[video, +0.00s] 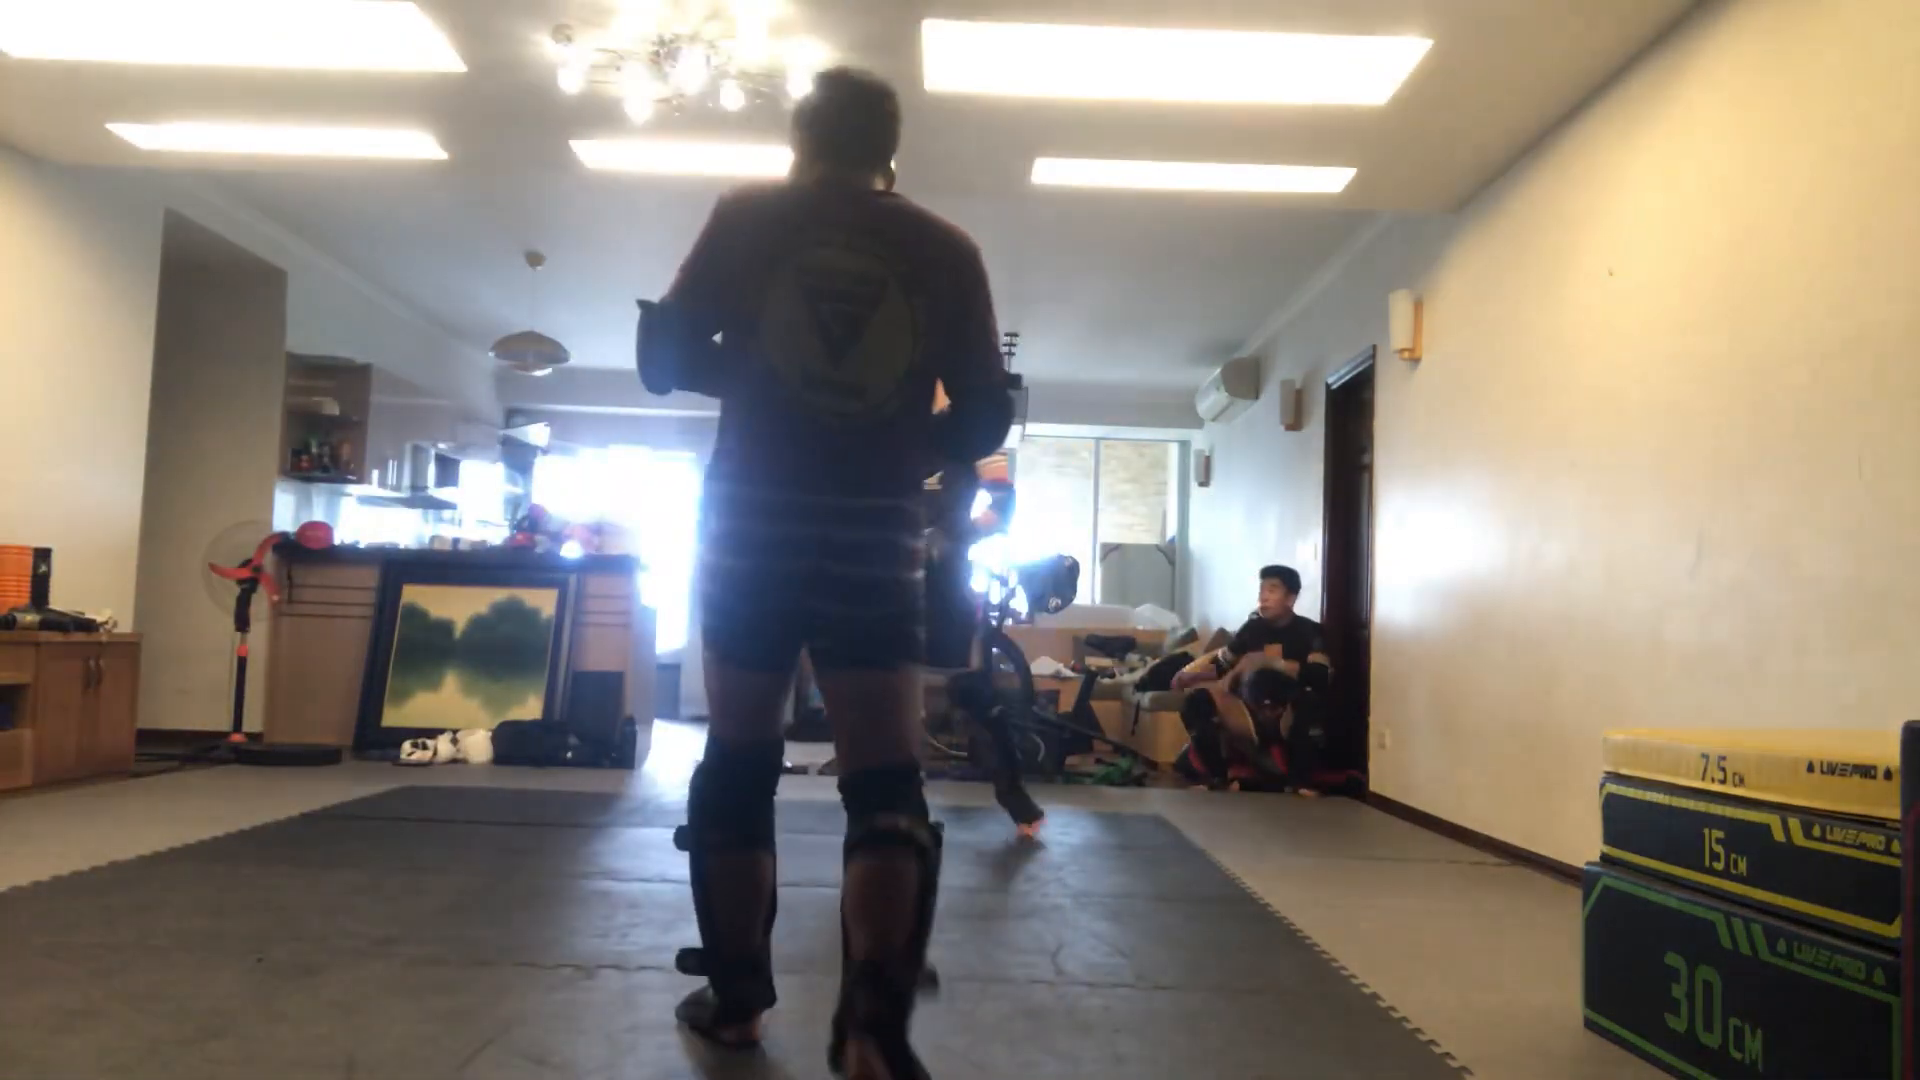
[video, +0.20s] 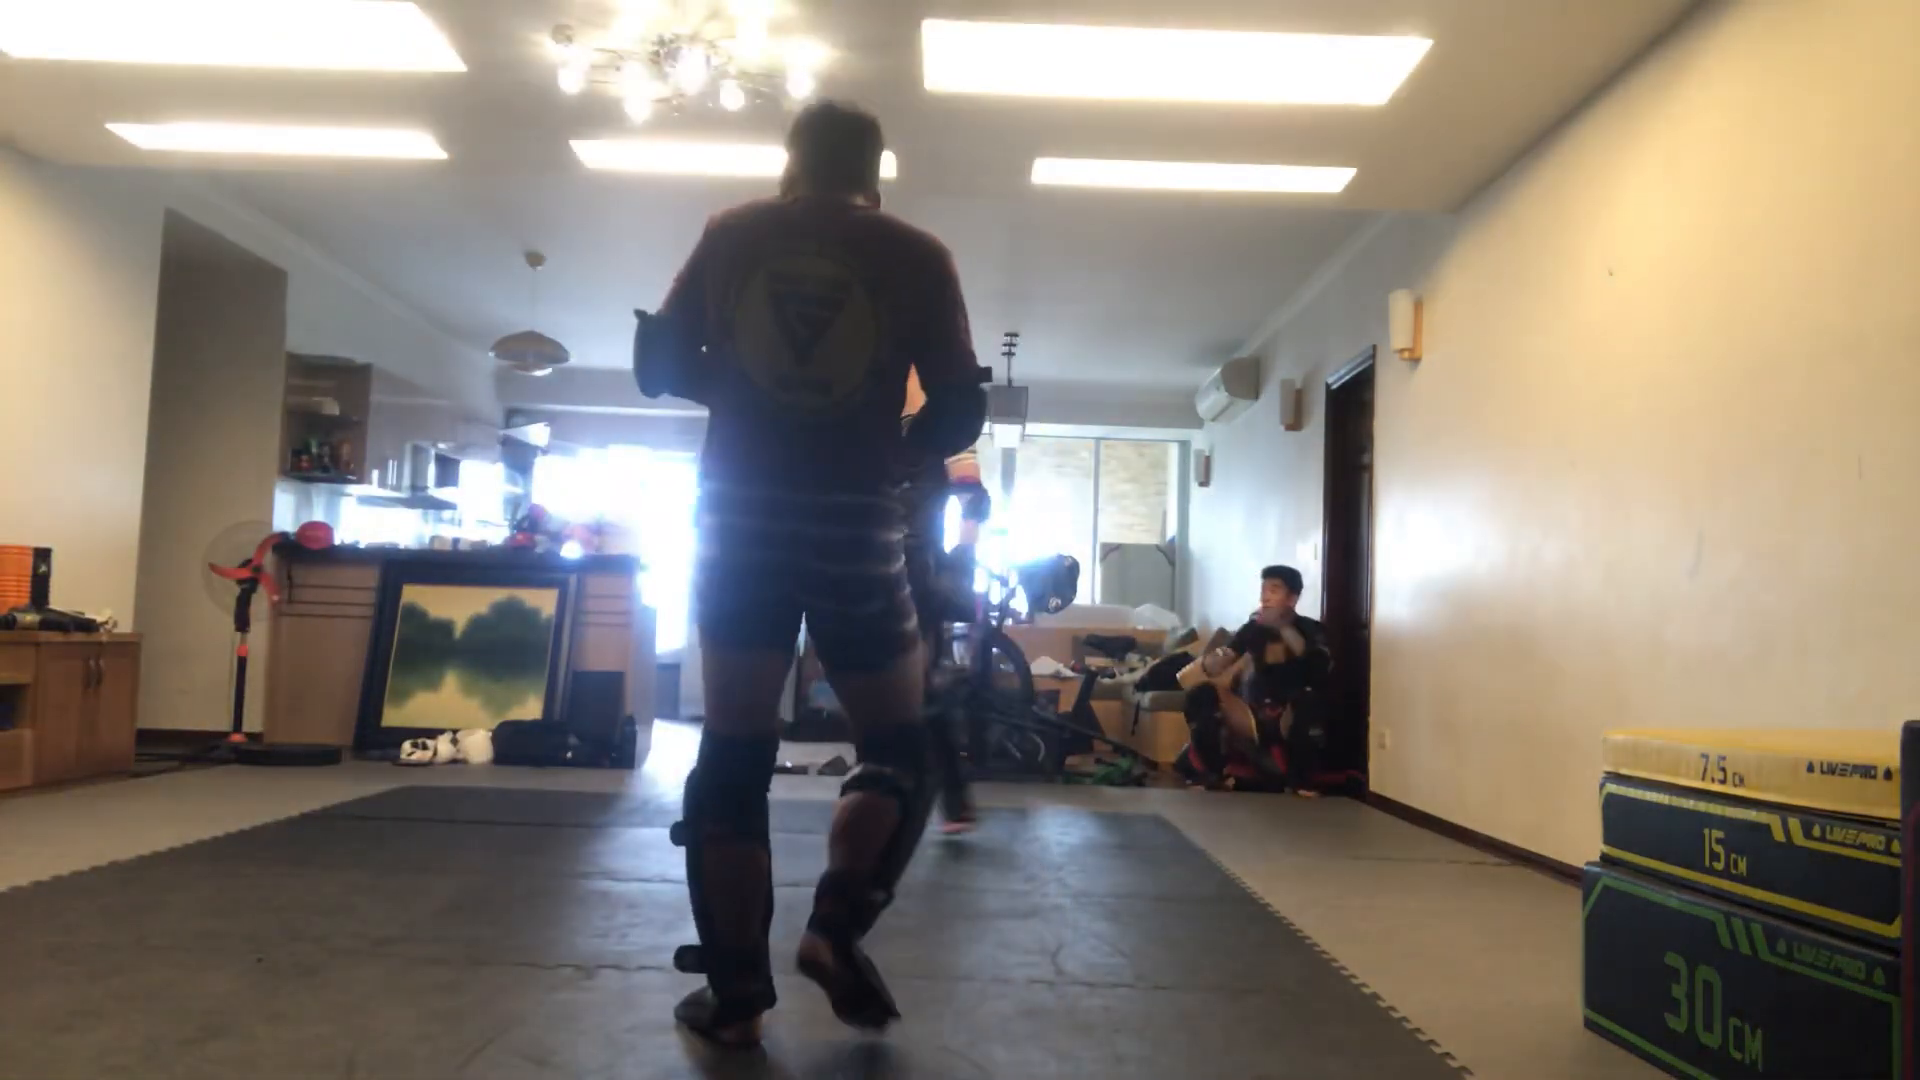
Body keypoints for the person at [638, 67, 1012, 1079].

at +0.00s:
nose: (803, 158)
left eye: (799, 139)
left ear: (799, 141)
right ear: (890, 151)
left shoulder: (745, 217)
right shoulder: (944, 248)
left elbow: (664, 356)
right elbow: (986, 412)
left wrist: (763, 377)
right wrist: (908, 450)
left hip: (750, 536)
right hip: (874, 546)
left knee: (738, 759)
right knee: (885, 774)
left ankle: (739, 997)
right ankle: (873, 1036)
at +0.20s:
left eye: (794, 163)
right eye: (859, 169)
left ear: (790, 165)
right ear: (873, 176)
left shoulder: (732, 232)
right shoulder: (917, 255)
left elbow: (660, 364)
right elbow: (962, 404)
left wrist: (748, 389)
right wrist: (895, 453)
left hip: (740, 528)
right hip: (856, 533)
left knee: (733, 755)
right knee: (895, 746)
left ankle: (736, 998)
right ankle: (836, 925)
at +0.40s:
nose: (840, 230)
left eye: (815, 211)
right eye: (867, 218)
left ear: (807, 204)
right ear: (885, 218)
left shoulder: (755, 259)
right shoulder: (921, 285)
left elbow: (673, 369)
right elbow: (964, 429)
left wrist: (754, 406)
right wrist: (894, 464)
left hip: (747, 540)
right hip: (861, 547)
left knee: (740, 754)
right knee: (863, 753)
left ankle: (739, 996)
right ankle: (853, 939)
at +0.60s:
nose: (840, 246)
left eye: (832, 230)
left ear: (833, 226)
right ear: (907, 240)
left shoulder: (782, 279)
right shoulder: (942, 313)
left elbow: (689, 369)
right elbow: (977, 447)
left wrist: (762, 420)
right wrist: (907, 473)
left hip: (784, 556)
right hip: (884, 565)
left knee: (732, 745)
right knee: (874, 752)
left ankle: (743, 902)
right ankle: (847, 942)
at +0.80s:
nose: (825, 252)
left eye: (826, 240)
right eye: (835, 243)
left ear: (836, 238)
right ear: (909, 250)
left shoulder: (800, 291)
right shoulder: (951, 327)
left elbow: (701, 376)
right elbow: (976, 454)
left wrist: (770, 418)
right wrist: (901, 458)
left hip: (795, 550)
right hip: (887, 562)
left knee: (748, 721)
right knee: (875, 744)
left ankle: (753, 889)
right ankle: (847, 942)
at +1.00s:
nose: (817, 277)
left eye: (819, 266)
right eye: (823, 268)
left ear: (831, 266)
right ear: (899, 274)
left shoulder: (797, 324)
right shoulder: (944, 351)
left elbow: (727, 426)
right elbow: (961, 465)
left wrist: (795, 450)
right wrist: (891, 479)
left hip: (801, 566)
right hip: (890, 574)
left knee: (787, 729)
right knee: (876, 741)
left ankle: (778, 894)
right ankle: (850, 936)